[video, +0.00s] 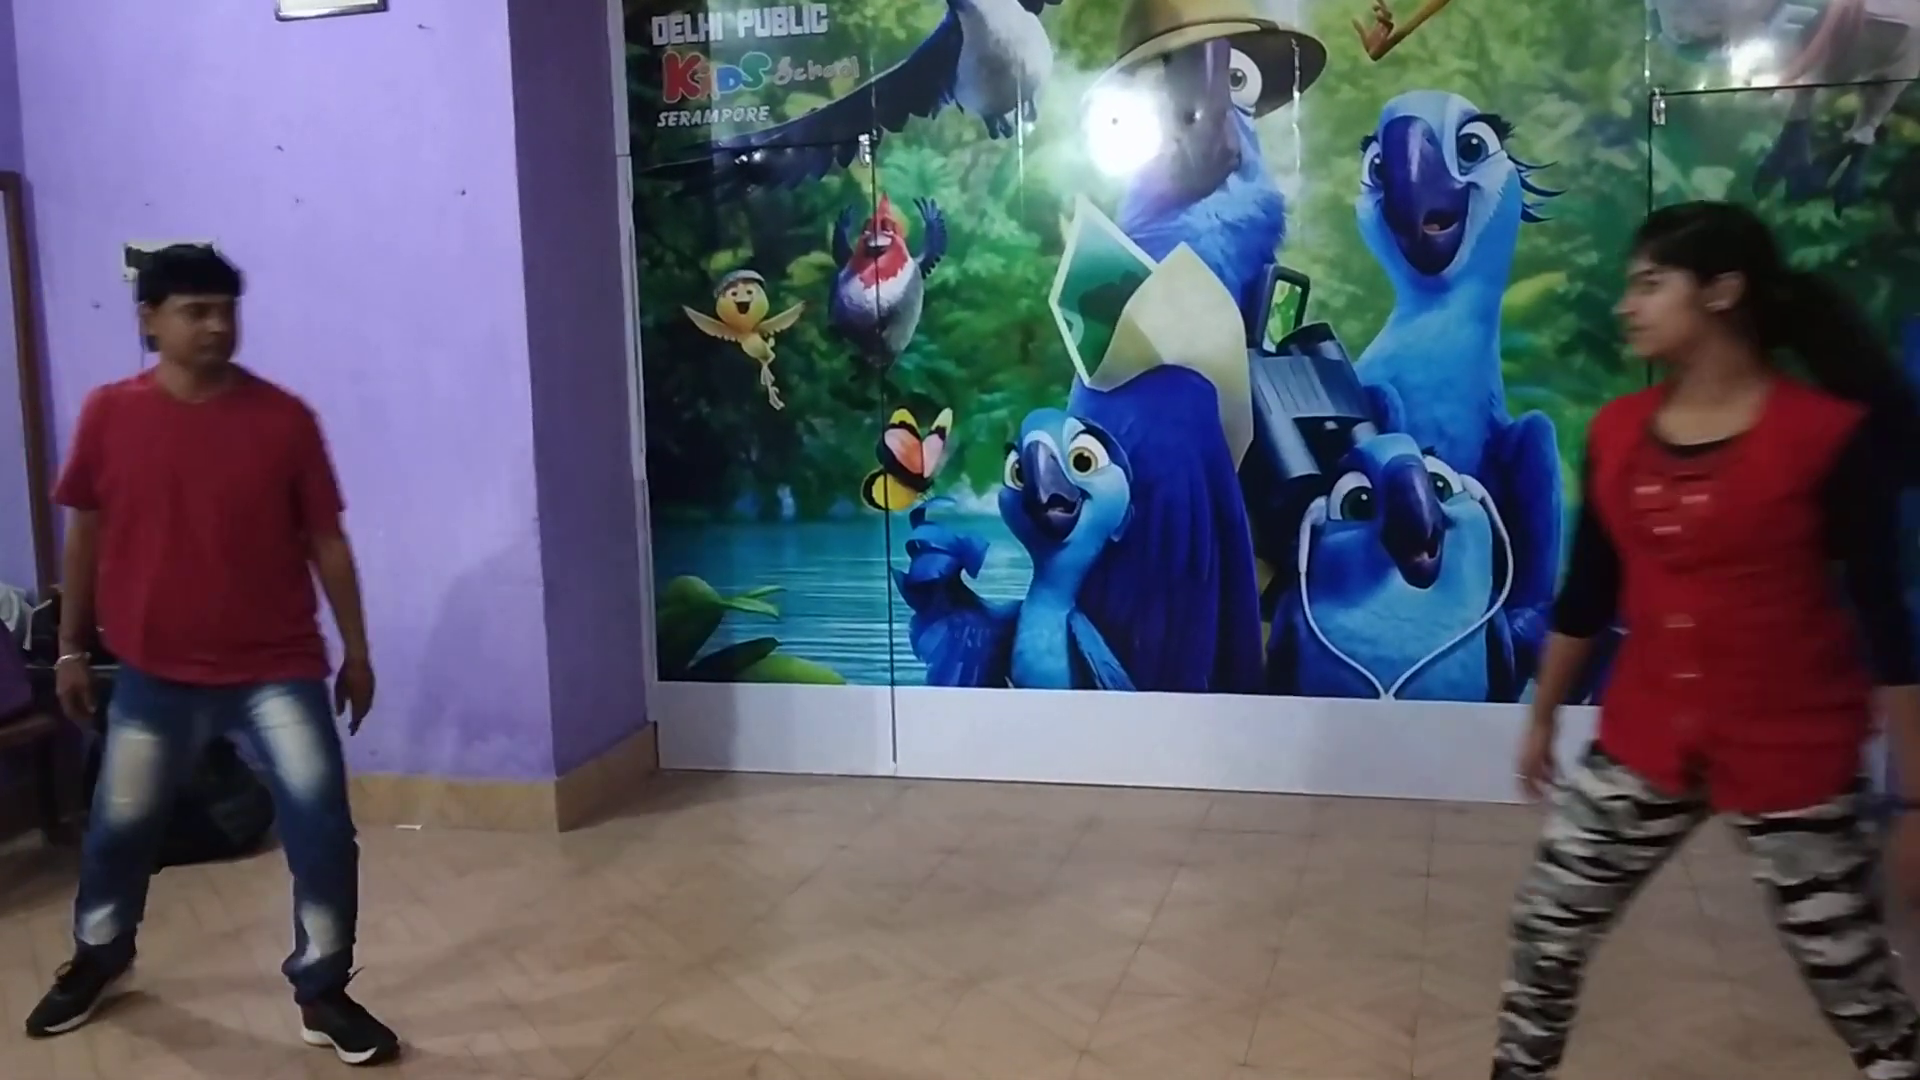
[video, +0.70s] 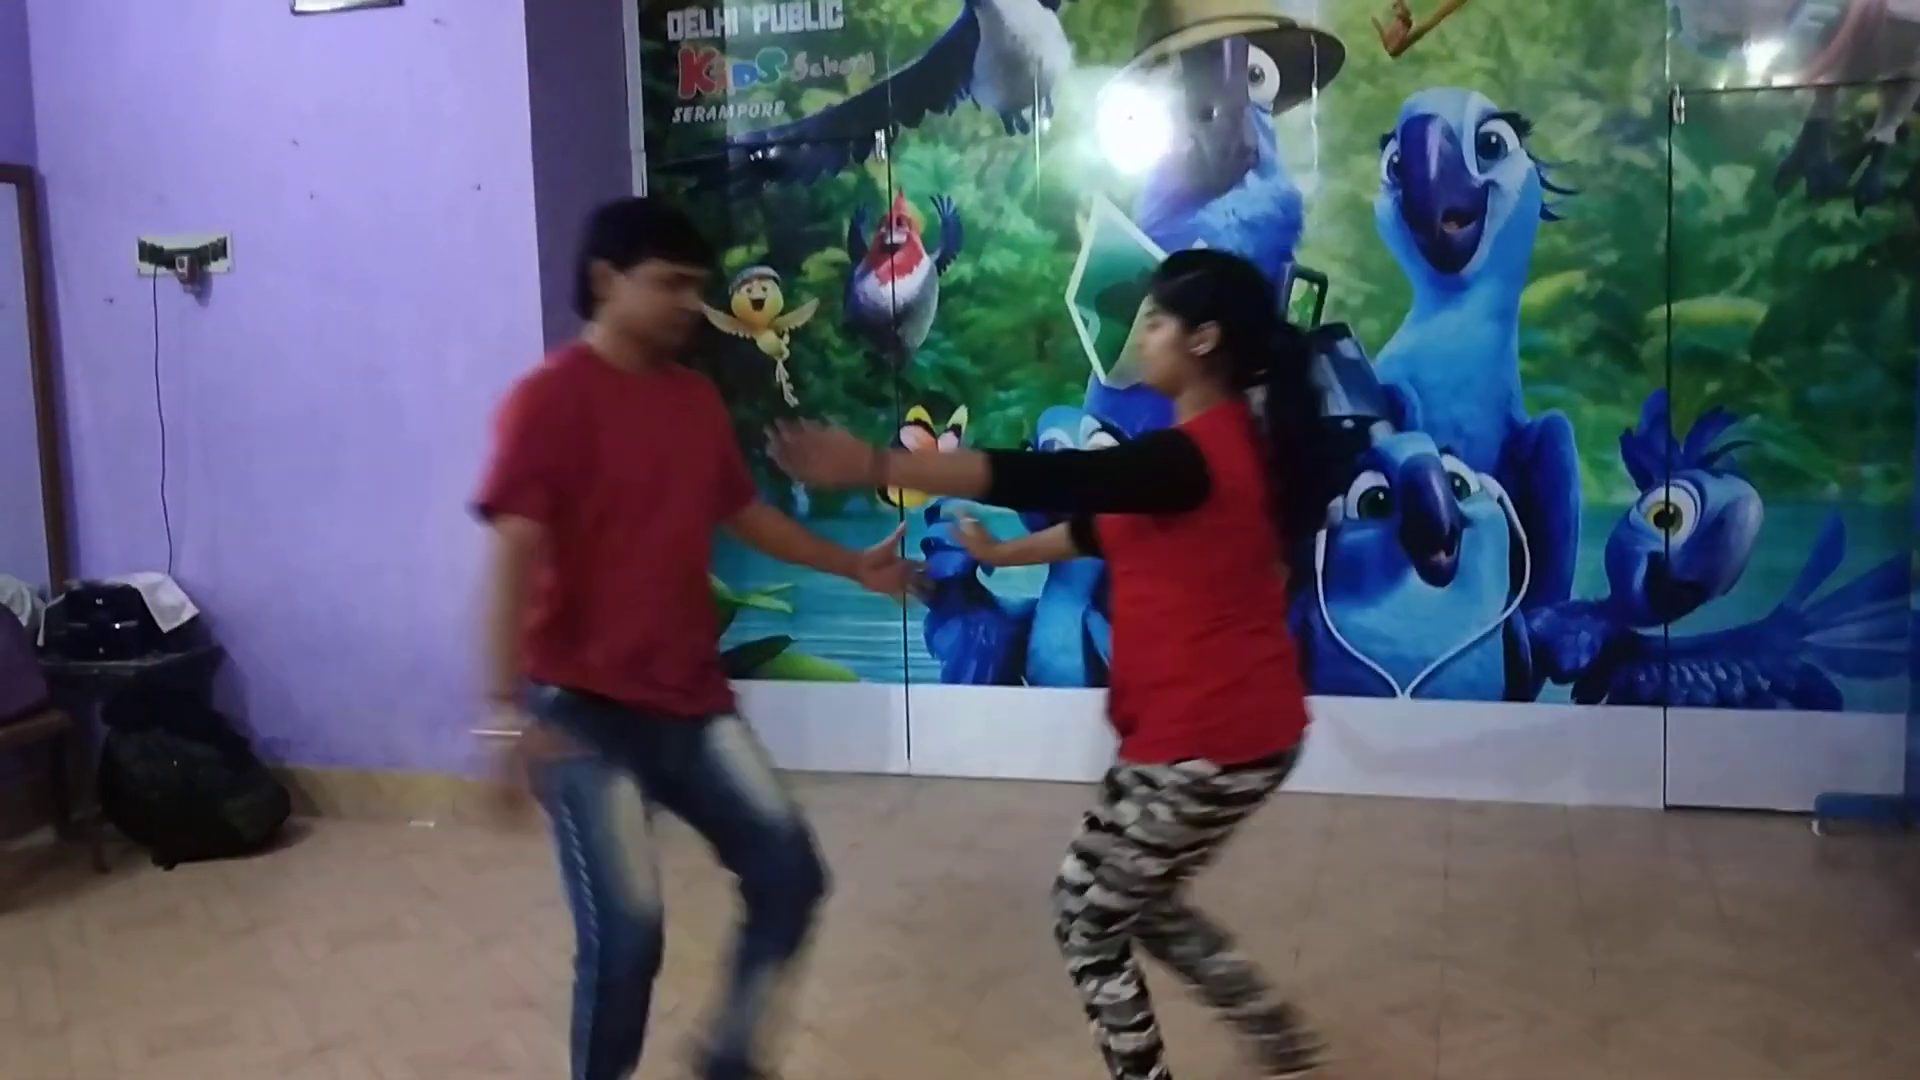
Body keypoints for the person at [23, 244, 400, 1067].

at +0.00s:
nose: (215, 325)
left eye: (225, 311)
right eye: (196, 312)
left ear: (237, 318)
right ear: (151, 322)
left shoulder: (284, 418)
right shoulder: (110, 414)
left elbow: (326, 539)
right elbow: (85, 527)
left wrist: (358, 653)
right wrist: (71, 647)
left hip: (275, 667)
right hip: (152, 668)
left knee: (320, 807)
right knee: (122, 816)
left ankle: (325, 990)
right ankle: (99, 955)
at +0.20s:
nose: (336, 316)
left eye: (343, 301)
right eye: (316, 302)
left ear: (354, 307)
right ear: (265, 309)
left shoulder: (394, 409)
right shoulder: (214, 404)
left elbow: (423, 532)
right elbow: (174, 518)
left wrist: (443, 647)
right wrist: (145, 644)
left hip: (365, 665)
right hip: (247, 662)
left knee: (374, 844)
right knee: (250, 836)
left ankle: (333, 987)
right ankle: (222, 992)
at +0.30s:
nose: (392, 317)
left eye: (400, 302)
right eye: (372, 303)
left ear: (410, 308)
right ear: (320, 309)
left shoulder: (446, 413)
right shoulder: (267, 405)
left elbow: (474, 537)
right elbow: (218, 526)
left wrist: (505, 653)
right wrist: (183, 657)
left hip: (412, 671)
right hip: (302, 665)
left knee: (407, 865)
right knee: (351, 815)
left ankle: (334, 973)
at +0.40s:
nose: (456, 317)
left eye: (463, 301)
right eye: (436, 301)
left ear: (472, 306)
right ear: (379, 307)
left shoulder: (502, 414)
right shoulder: (321, 409)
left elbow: (543, 539)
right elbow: (262, 536)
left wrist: (586, 651)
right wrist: (213, 666)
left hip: (464, 678)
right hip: (359, 672)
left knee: (443, 867)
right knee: (439, 859)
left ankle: (347, 971)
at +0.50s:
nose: (525, 314)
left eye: (532, 297)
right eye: (505, 296)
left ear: (539, 302)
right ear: (445, 300)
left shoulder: (563, 414)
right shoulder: (383, 412)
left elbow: (617, 538)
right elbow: (309, 550)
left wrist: (691, 639)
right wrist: (246, 682)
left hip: (535, 687)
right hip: (433, 681)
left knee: (524, 886)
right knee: (528, 877)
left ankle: (399, 956)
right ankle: (558, 1067)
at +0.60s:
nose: (606, 305)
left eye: (613, 288)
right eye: (584, 286)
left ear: (620, 294)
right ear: (520, 288)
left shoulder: (629, 406)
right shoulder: (458, 405)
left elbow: (690, 519)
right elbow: (381, 554)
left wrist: (783, 605)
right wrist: (319, 705)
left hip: (611, 692)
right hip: (503, 688)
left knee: (652, 907)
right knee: (581, 899)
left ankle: (508, 980)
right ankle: (576, 1069)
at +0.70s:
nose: (690, 303)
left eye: (697, 286)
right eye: (671, 283)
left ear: (699, 291)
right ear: (606, 280)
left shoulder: (692, 399)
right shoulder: (550, 396)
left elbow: (745, 513)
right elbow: (513, 553)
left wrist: (858, 565)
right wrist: (503, 706)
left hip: (683, 696)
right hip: (575, 699)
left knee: (789, 874)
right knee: (626, 931)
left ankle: (730, 1060)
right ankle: (600, 1071)